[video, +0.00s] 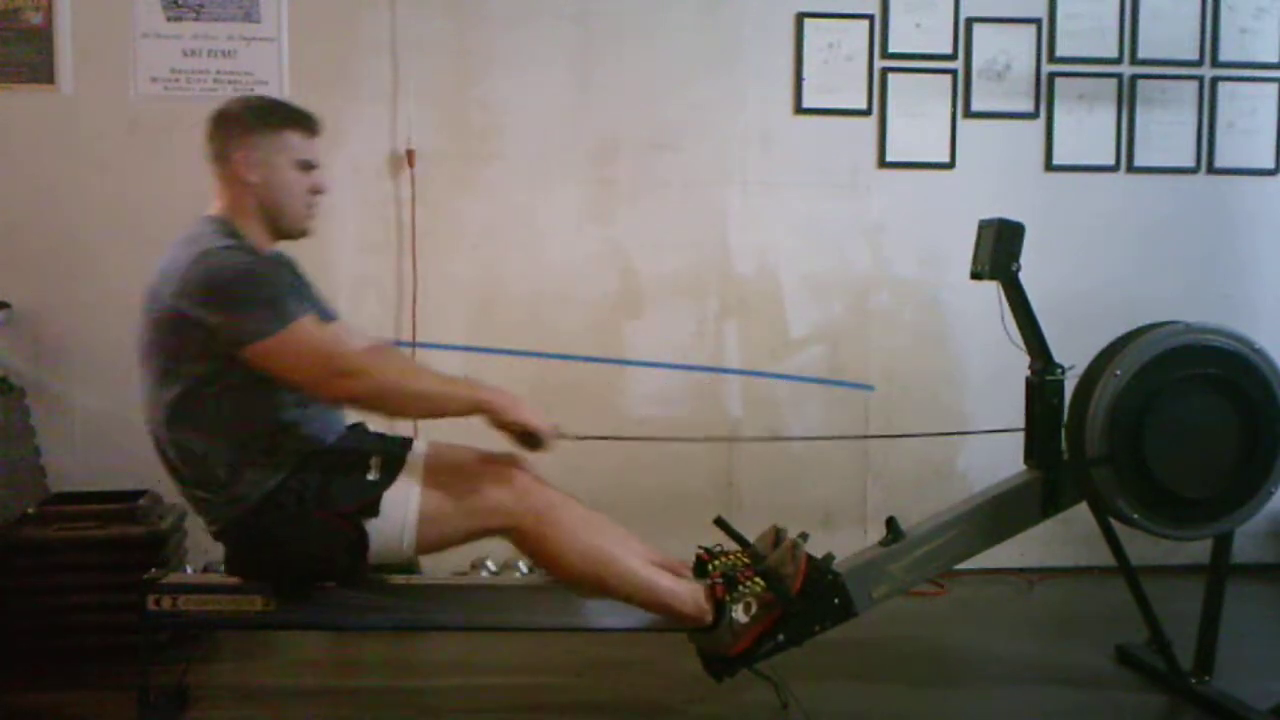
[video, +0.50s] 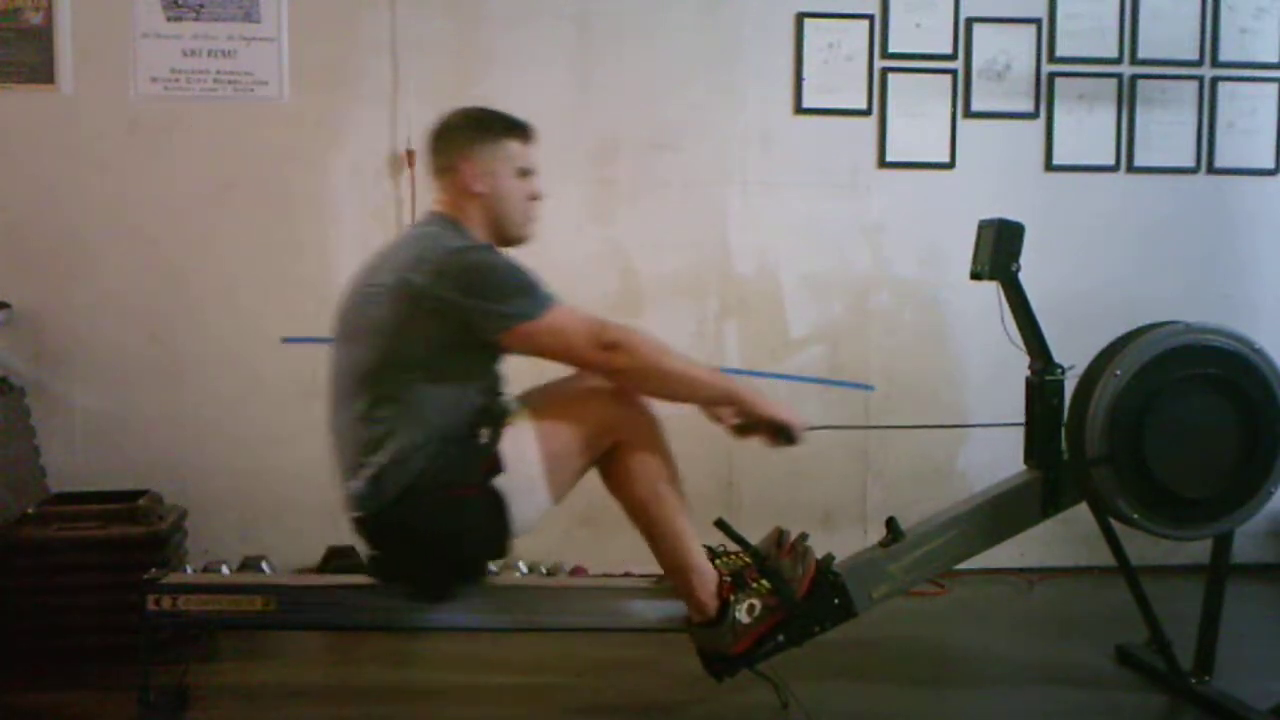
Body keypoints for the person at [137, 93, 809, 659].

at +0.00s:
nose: (320, 186)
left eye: (318, 169)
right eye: (303, 169)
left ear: (252, 174)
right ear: (243, 170)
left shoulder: (260, 264)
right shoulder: (218, 267)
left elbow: (360, 365)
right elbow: (342, 376)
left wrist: (479, 397)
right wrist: (484, 399)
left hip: (314, 479)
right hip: (284, 507)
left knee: (511, 475)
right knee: (509, 489)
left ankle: (703, 584)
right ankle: (705, 613)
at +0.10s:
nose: (358, 184)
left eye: (355, 165)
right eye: (340, 166)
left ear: (288, 173)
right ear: (283, 171)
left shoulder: (280, 256)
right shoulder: (267, 263)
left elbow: (403, 356)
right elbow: (401, 360)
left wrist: (530, 401)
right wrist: (537, 401)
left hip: (323, 483)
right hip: (305, 504)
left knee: (532, 465)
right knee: (531, 473)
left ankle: (705, 587)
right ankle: (708, 615)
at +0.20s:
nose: (404, 184)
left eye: (404, 167)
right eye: (387, 166)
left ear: (329, 176)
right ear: (326, 170)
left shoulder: (299, 251)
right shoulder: (311, 259)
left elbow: (444, 346)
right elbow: (450, 348)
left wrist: (580, 399)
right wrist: (586, 400)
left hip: (333, 484)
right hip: (328, 506)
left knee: (543, 441)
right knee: (548, 453)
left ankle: (697, 595)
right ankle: (707, 611)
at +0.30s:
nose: (447, 187)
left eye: (444, 170)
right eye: (432, 169)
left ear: (376, 174)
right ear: (378, 172)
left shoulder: (337, 254)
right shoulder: (356, 262)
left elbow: (497, 345)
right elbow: (500, 348)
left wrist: (626, 398)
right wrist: (635, 396)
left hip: (353, 492)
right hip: (358, 515)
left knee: (558, 423)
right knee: (567, 437)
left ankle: (695, 588)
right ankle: (708, 608)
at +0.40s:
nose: (492, 189)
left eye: (487, 172)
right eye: (475, 170)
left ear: (423, 178)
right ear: (423, 175)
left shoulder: (378, 257)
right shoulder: (404, 264)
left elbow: (544, 346)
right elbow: (552, 348)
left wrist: (673, 394)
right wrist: (683, 395)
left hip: (378, 507)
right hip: (394, 523)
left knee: (577, 405)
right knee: (593, 423)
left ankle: (699, 582)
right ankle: (711, 608)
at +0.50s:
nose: (537, 191)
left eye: (534, 174)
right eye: (524, 174)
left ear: (469, 181)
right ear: (472, 179)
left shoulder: (423, 257)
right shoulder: (450, 263)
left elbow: (594, 348)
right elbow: (604, 347)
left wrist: (711, 396)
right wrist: (739, 394)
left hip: (407, 513)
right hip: (429, 524)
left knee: (599, 393)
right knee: (615, 407)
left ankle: (703, 585)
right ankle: (713, 608)